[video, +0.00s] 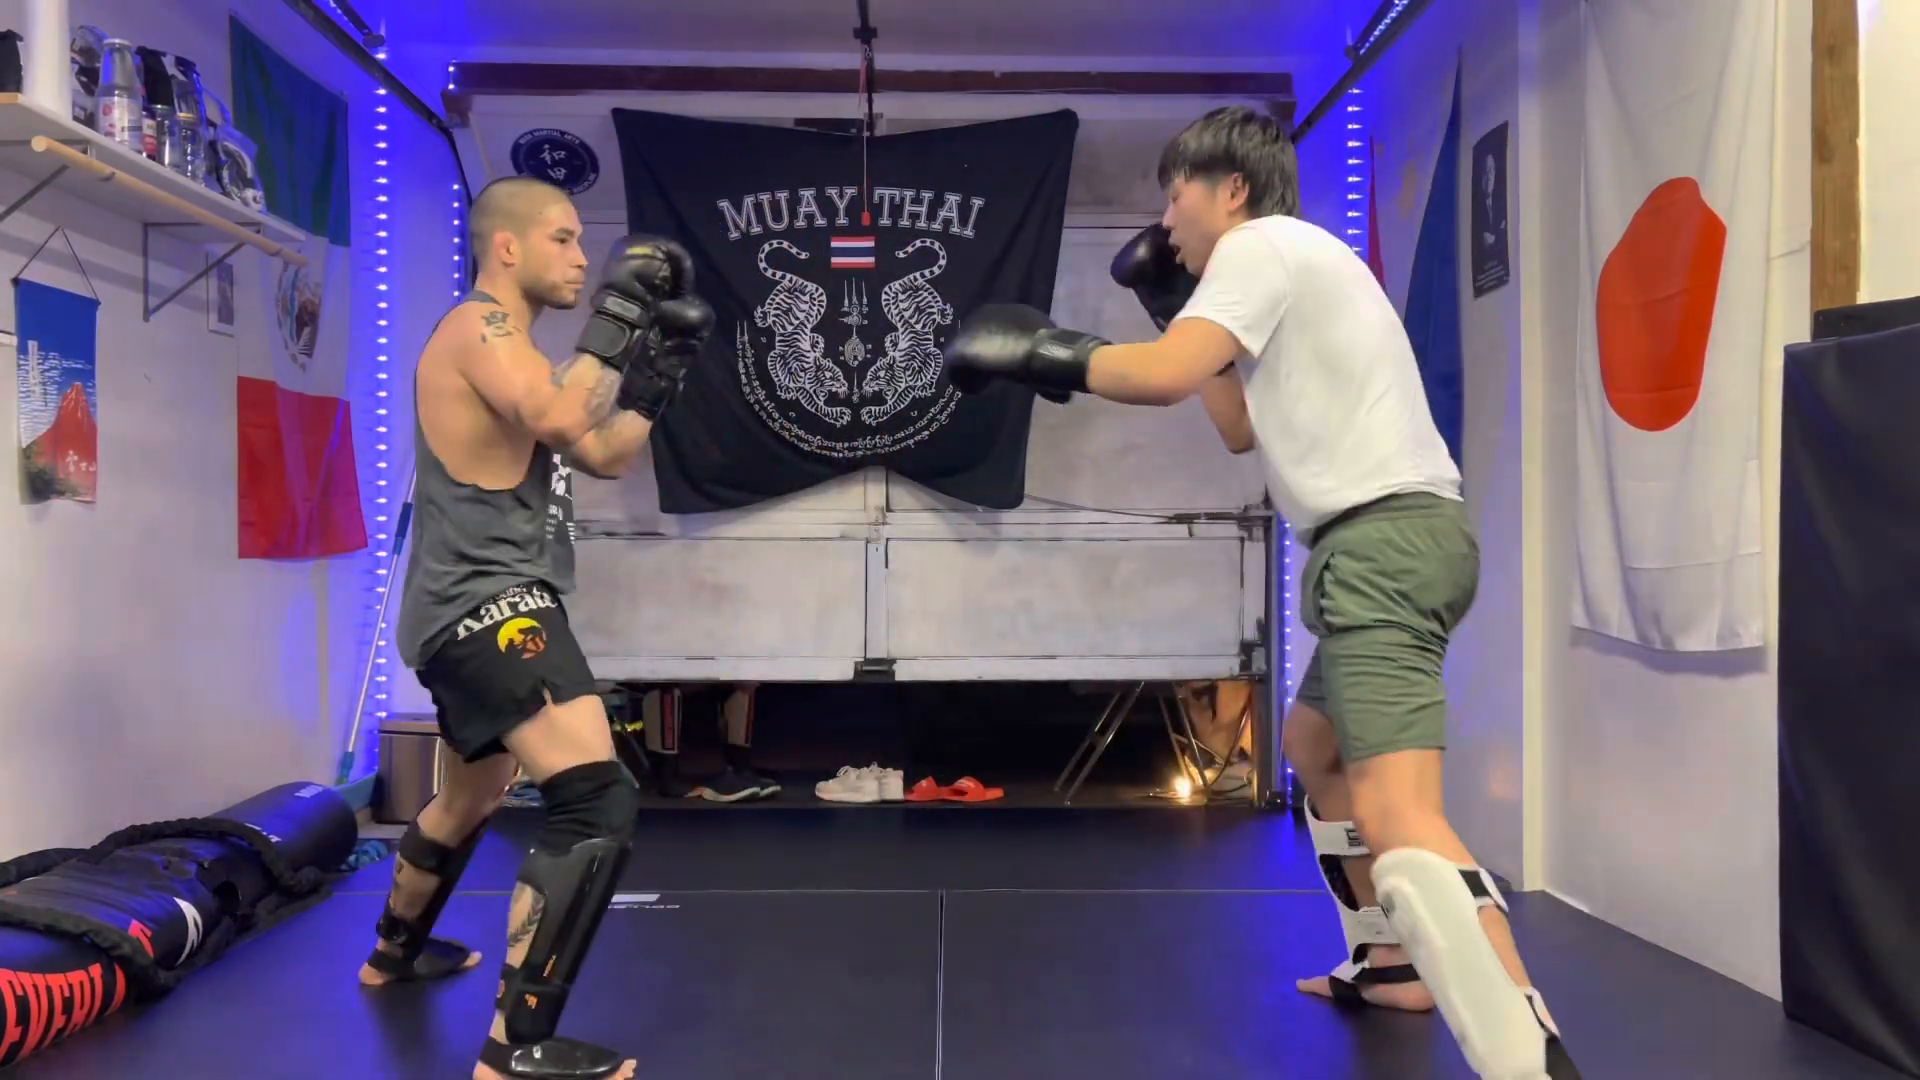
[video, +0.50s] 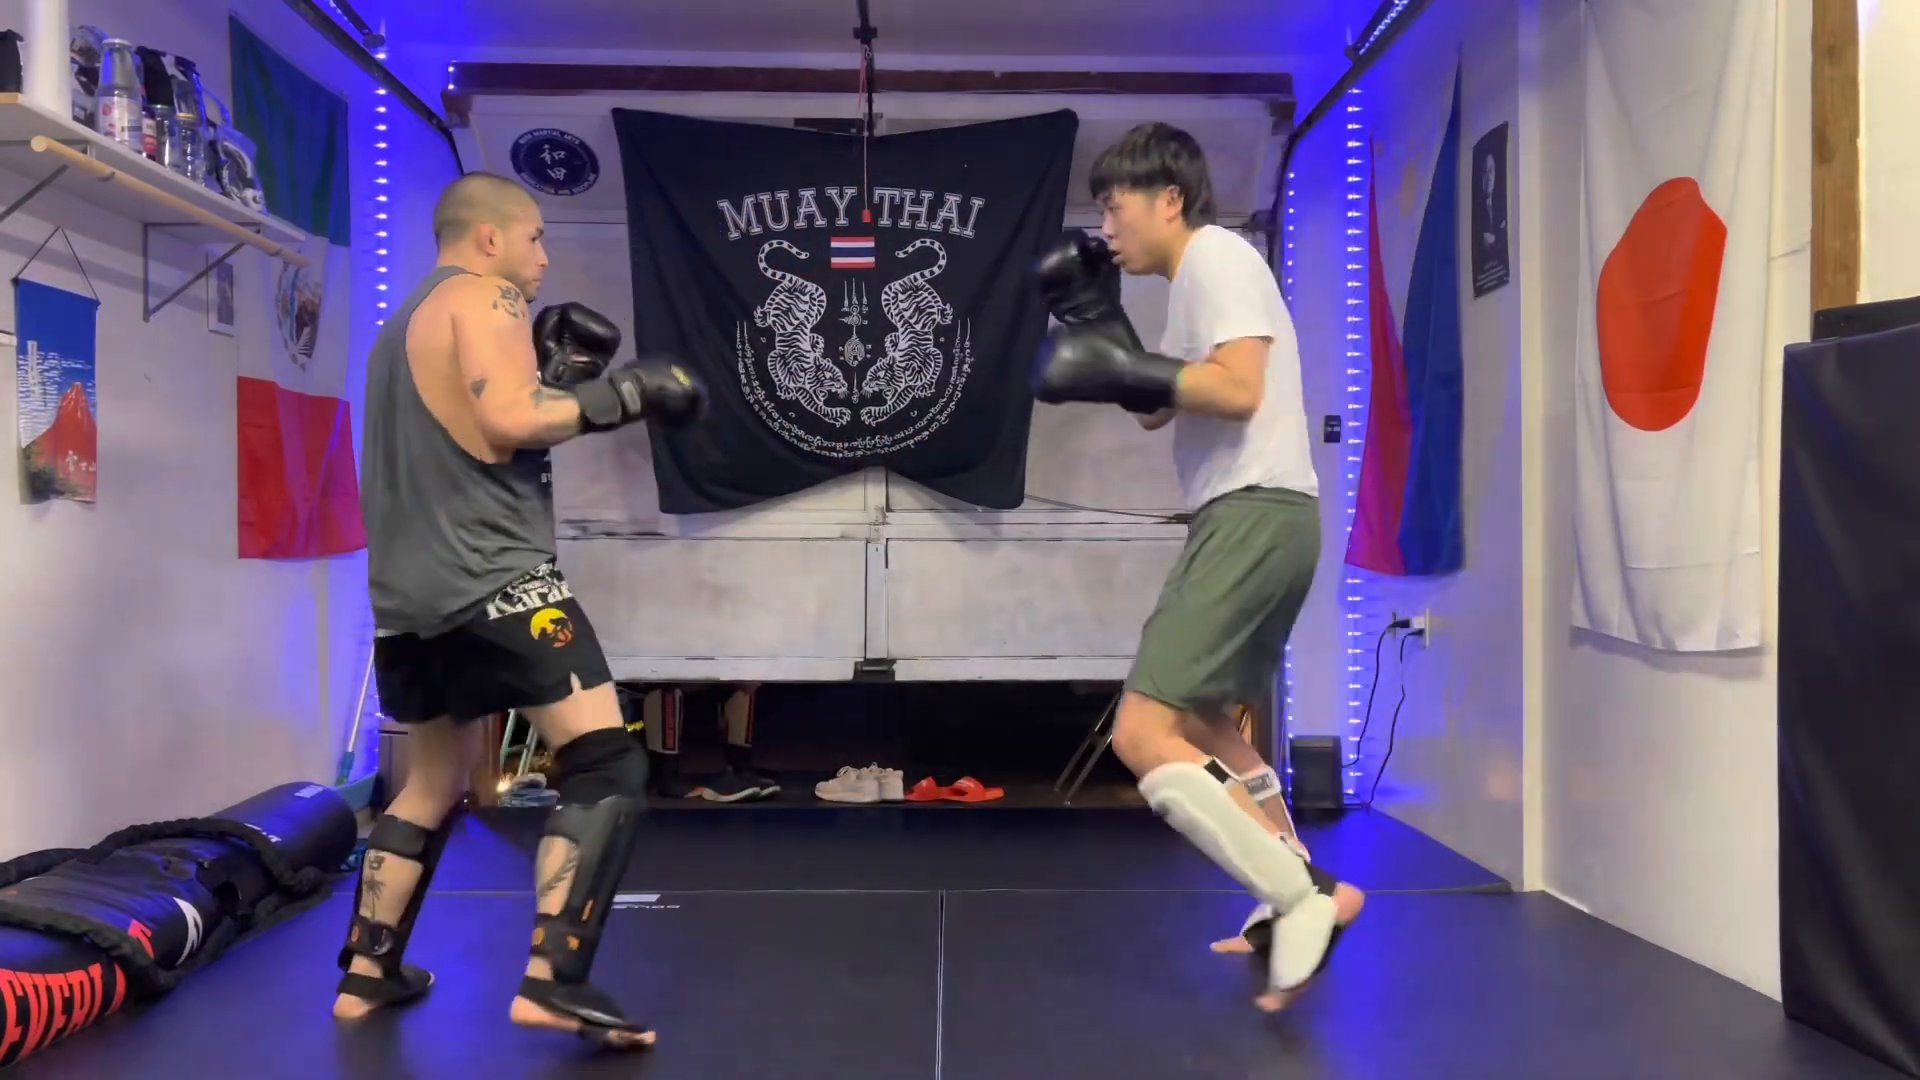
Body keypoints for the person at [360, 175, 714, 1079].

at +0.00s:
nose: (580, 256)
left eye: (579, 240)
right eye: (563, 239)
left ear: (517, 253)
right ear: (505, 247)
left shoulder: (519, 348)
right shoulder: (478, 331)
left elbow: (606, 453)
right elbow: (559, 415)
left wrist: (662, 373)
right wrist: (620, 314)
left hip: (473, 606)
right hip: (491, 601)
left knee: (469, 794)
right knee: (596, 802)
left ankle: (396, 948)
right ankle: (522, 1041)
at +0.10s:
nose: (575, 236)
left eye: (573, 220)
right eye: (558, 219)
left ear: (503, 230)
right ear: (501, 224)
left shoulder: (498, 316)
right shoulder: (480, 304)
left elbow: (555, 460)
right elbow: (536, 427)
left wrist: (632, 400)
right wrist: (620, 345)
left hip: (458, 580)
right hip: (491, 577)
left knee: (448, 787)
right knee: (573, 797)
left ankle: (392, 951)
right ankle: (520, 1039)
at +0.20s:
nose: (566, 224)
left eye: (563, 207)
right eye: (551, 206)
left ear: (490, 215)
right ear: (499, 212)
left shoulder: (454, 299)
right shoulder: (484, 297)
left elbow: (496, 427)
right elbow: (497, 421)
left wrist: (596, 381)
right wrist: (612, 381)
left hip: (439, 566)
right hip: (491, 561)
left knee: (456, 780)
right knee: (524, 786)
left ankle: (373, 967)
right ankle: (515, 1034)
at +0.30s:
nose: (550, 242)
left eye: (548, 225)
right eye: (539, 225)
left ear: (473, 232)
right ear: (488, 227)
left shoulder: (427, 319)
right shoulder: (479, 308)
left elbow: (509, 438)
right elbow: (495, 434)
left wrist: (588, 369)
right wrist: (629, 422)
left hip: (430, 580)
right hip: (485, 577)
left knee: (448, 790)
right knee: (511, 793)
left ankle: (369, 972)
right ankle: (512, 1034)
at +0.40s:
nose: (538, 259)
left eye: (537, 241)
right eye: (529, 241)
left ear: (457, 251)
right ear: (484, 243)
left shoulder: (411, 331)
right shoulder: (479, 312)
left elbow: (495, 461)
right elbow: (488, 433)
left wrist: (562, 375)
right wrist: (621, 434)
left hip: (419, 599)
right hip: (486, 590)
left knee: (430, 791)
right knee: (556, 793)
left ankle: (368, 974)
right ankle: (520, 1023)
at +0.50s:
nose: (543, 256)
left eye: (542, 238)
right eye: (533, 238)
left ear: (461, 246)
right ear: (488, 238)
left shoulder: (407, 324)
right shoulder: (486, 302)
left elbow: (464, 445)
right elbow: (508, 420)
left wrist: (550, 379)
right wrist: (625, 397)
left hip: (409, 596)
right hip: (497, 582)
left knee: (429, 778)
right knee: (604, 762)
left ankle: (368, 968)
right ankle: (555, 975)